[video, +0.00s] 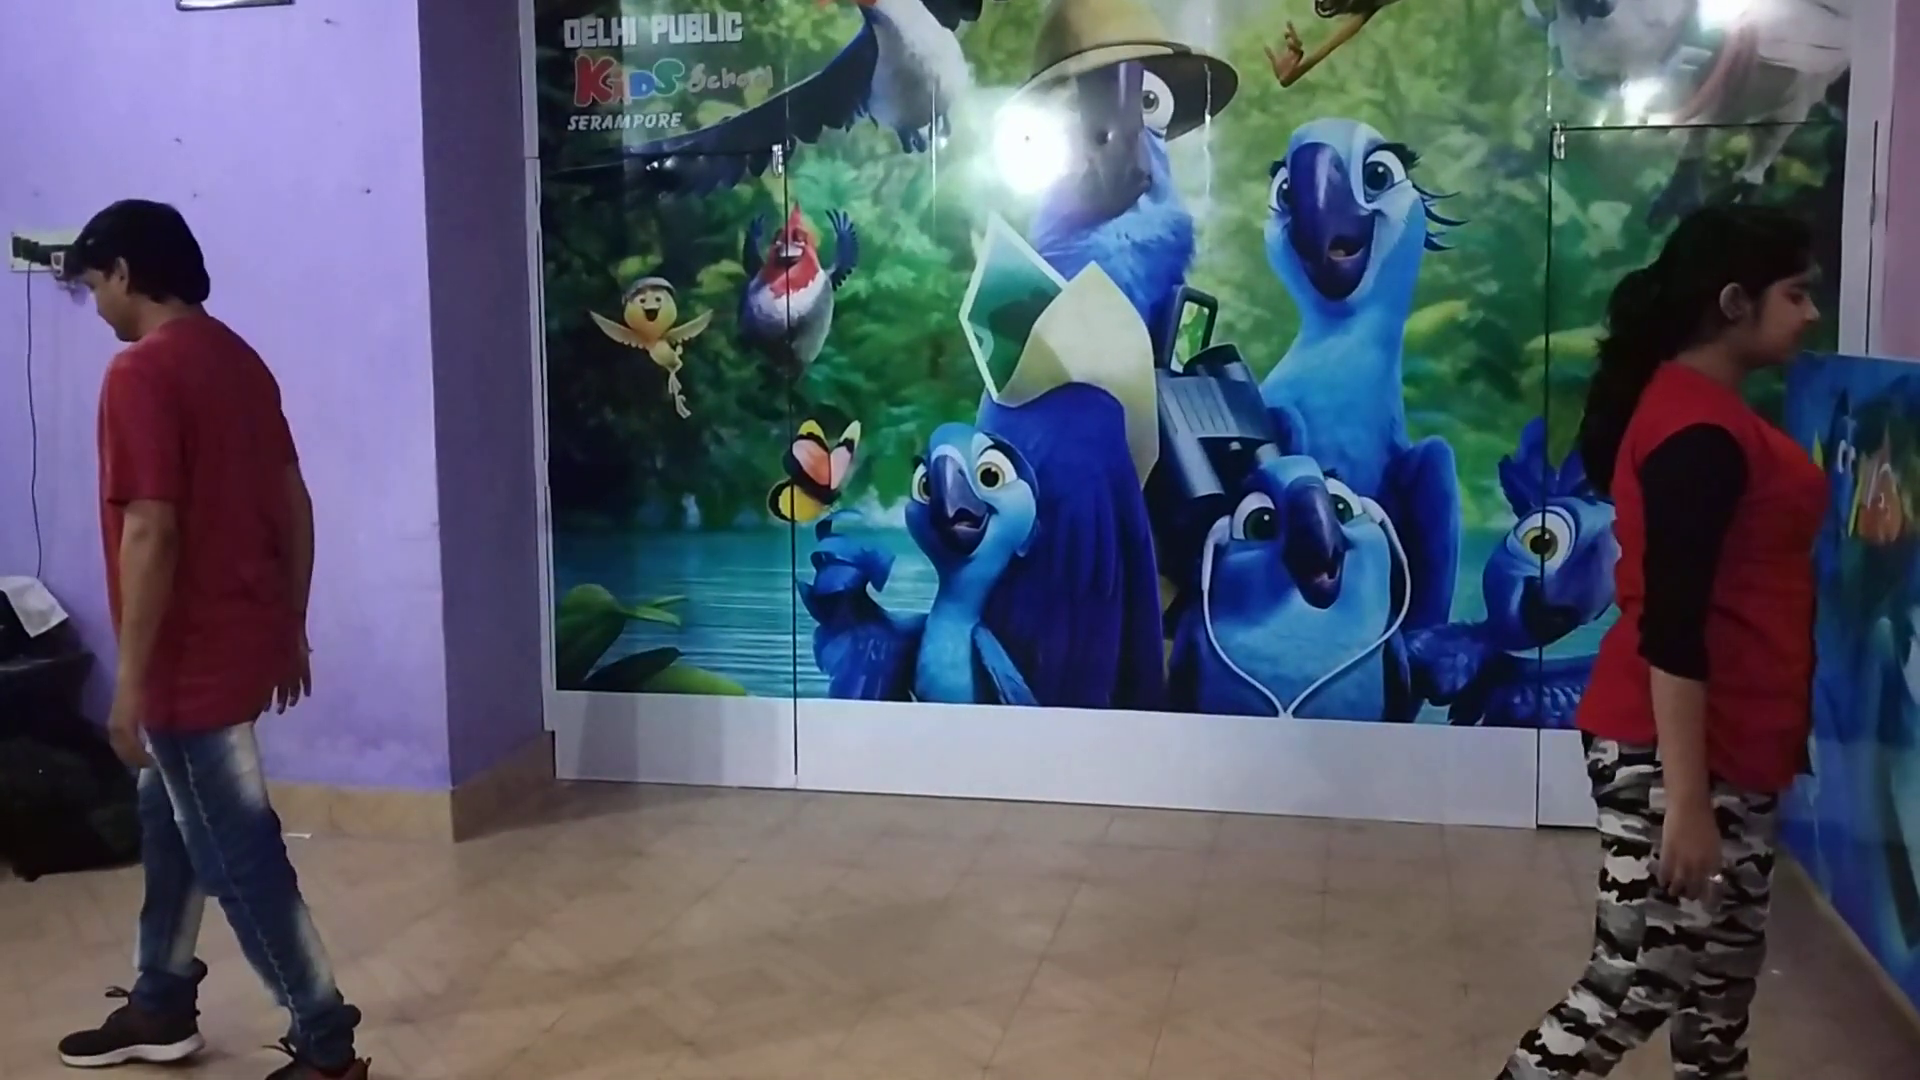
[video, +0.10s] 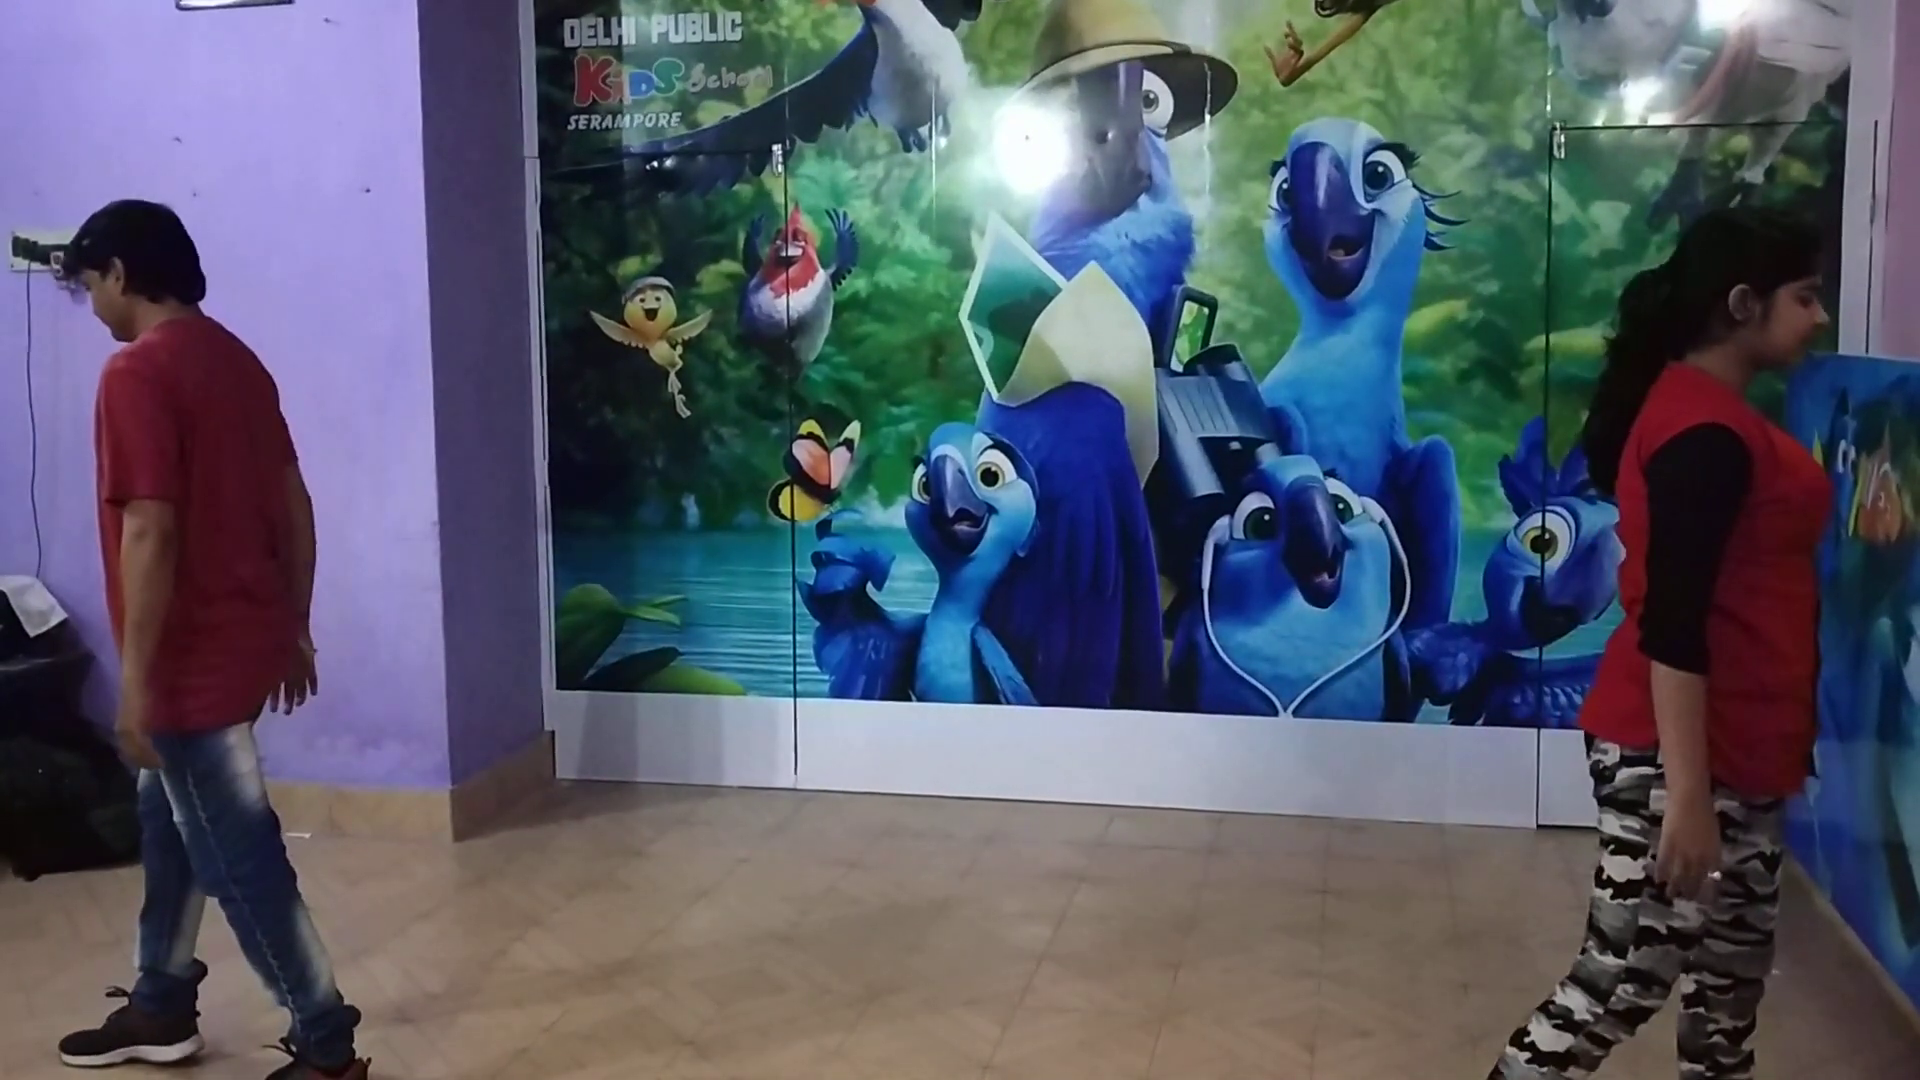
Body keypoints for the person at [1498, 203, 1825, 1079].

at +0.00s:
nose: (1810, 313)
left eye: (1809, 294)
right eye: (1797, 294)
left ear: (1731, 303)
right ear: (1733, 301)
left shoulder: (1714, 410)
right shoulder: (1694, 429)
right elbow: (1671, 630)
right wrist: (1687, 802)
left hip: (1724, 748)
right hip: (1672, 752)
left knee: (1719, 992)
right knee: (1627, 987)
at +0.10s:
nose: (1819, 316)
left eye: (1819, 297)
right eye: (1807, 297)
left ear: (1744, 304)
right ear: (1744, 301)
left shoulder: (1721, 413)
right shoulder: (1700, 430)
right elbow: (1671, 627)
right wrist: (1688, 798)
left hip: (1735, 752)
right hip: (1674, 756)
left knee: (1730, 989)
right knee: (1617, 985)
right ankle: (1516, 1074)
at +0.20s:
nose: (1822, 321)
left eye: (1823, 301)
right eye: (1809, 300)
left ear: (1750, 307)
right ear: (1749, 303)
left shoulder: (1717, 412)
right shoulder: (1700, 429)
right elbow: (1665, 619)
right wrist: (1683, 787)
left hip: (1735, 753)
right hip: (1674, 757)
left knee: (1735, 980)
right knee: (1609, 984)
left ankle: (1717, 1075)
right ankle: (1508, 1072)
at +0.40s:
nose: (1819, 347)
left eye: (1822, 327)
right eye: (1810, 324)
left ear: (1746, 318)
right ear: (1750, 316)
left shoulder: (1717, 427)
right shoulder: (1672, 428)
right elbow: (1640, 581)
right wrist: (1660, 700)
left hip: (1742, 760)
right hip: (1674, 757)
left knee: (1750, 977)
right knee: (1599, 982)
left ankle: (1726, 1074)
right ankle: (1499, 1072)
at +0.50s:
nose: (1823, 350)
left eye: (1826, 330)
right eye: (1814, 327)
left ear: (1750, 326)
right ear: (1753, 322)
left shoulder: (1722, 434)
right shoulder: (1687, 441)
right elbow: (1636, 571)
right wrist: (1640, 629)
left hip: (1729, 768)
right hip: (1665, 764)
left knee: (1779, 970)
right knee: (1599, 996)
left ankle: (1744, 1074)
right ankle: (1496, 1072)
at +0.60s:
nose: (1843, 366)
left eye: (1842, 347)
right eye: (1830, 347)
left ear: (1767, 357)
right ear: (1769, 354)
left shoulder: (1719, 445)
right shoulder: (1737, 470)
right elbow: (1668, 591)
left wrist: (1860, 544)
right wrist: (1658, 642)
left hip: (1705, 793)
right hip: (1645, 791)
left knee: (1800, 977)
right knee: (1606, 1043)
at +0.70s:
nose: (1881, 428)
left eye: (1875, 407)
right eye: (1862, 409)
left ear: (1795, 423)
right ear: (1799, 422)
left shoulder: (1743, 505)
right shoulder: (1797, 543)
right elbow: (1742, 755)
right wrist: (1747, 841)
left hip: (1669, 811)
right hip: (1611, 819)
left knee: (1802, 979)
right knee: (1629, 1066)